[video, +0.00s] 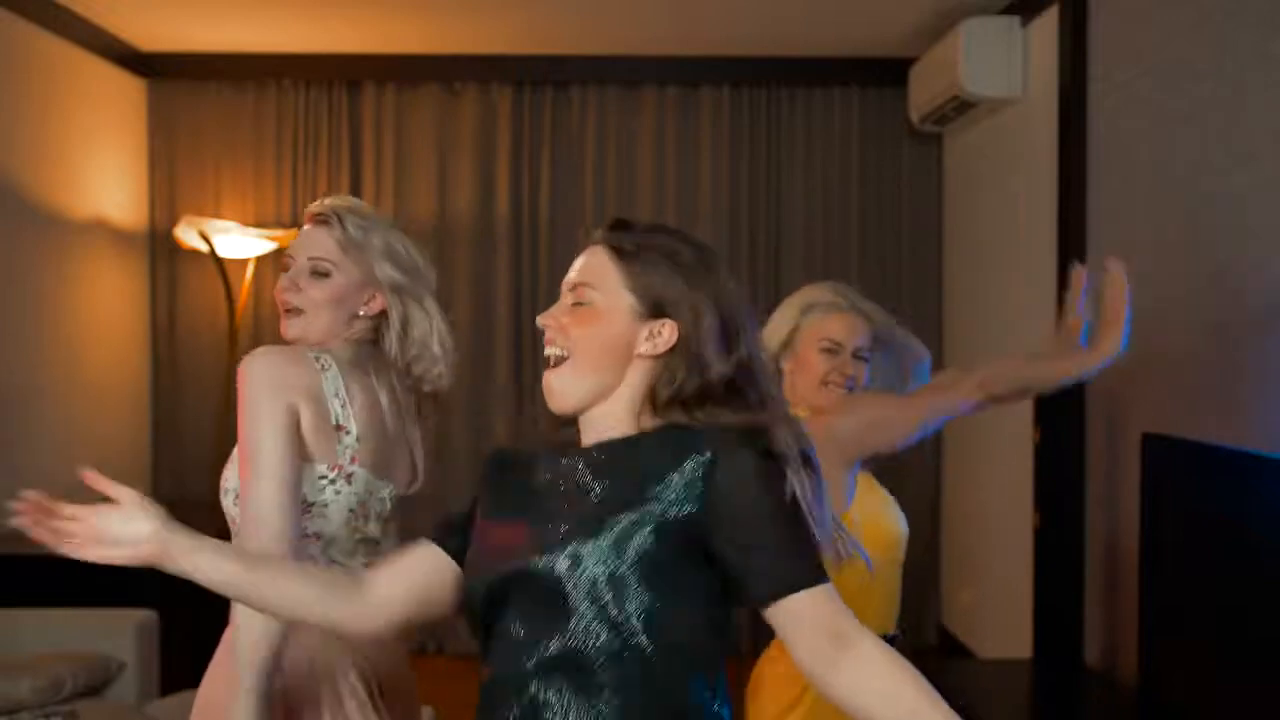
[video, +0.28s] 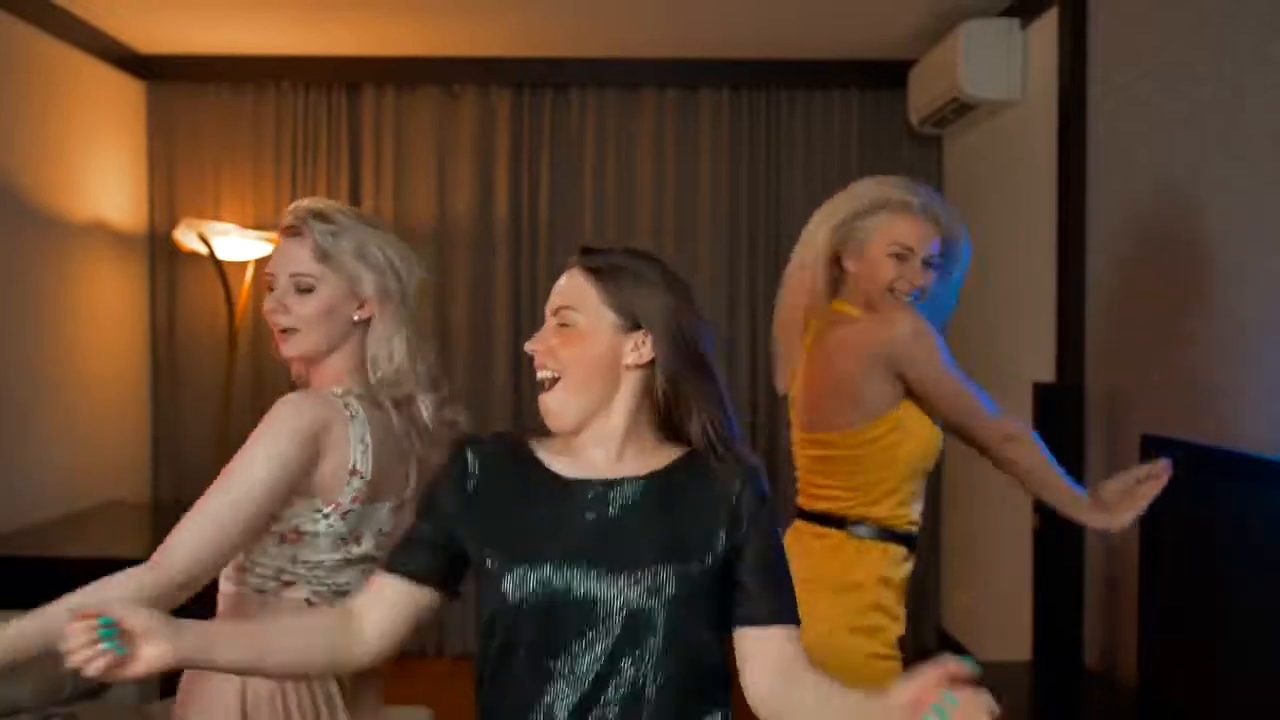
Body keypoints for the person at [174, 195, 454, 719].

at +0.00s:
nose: (287, 284)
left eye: (319, 272)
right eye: (288, 268)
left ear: (372, 301)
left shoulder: (274, 371)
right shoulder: (395, 384)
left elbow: (266, 571)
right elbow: (408, 478)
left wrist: (238, 701)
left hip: (285, 657)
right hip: (374, 651)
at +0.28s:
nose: (277, 307)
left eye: (303, 288)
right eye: (272, 289)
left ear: (366, 304)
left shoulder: (307, 419)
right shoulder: (413, 425)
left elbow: (161, 581)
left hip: (245, 688)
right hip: (343, 689)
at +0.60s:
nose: (297, 335)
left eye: (324, 313)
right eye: (291, 315)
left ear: (385, 323)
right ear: (285, 316)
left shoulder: (322, 433)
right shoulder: (423, 430)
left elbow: (260, 639)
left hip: (276, 695)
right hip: (354, 694)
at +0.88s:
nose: (292, 297)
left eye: (318, 276)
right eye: (286, 281)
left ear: (380, 290)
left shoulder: (304, 367)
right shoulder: (420, 389)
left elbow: (220, 555)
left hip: (260, 651)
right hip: (365, 656)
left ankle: (43, 685)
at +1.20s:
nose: (290, 306)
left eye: (317, 286)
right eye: (286, 287)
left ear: (379, 300)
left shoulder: (303, 378)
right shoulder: (406, 397)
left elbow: (204, 555)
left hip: (251, 659)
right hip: (345, 651)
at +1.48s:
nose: (297, 324)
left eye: (326, 305)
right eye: (288, 303)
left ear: (384, 324)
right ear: (276, 309)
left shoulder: (308, 436)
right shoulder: (388, 434)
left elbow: (216, 642)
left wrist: (40, 631)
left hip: (256, 695)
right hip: (332, 691)